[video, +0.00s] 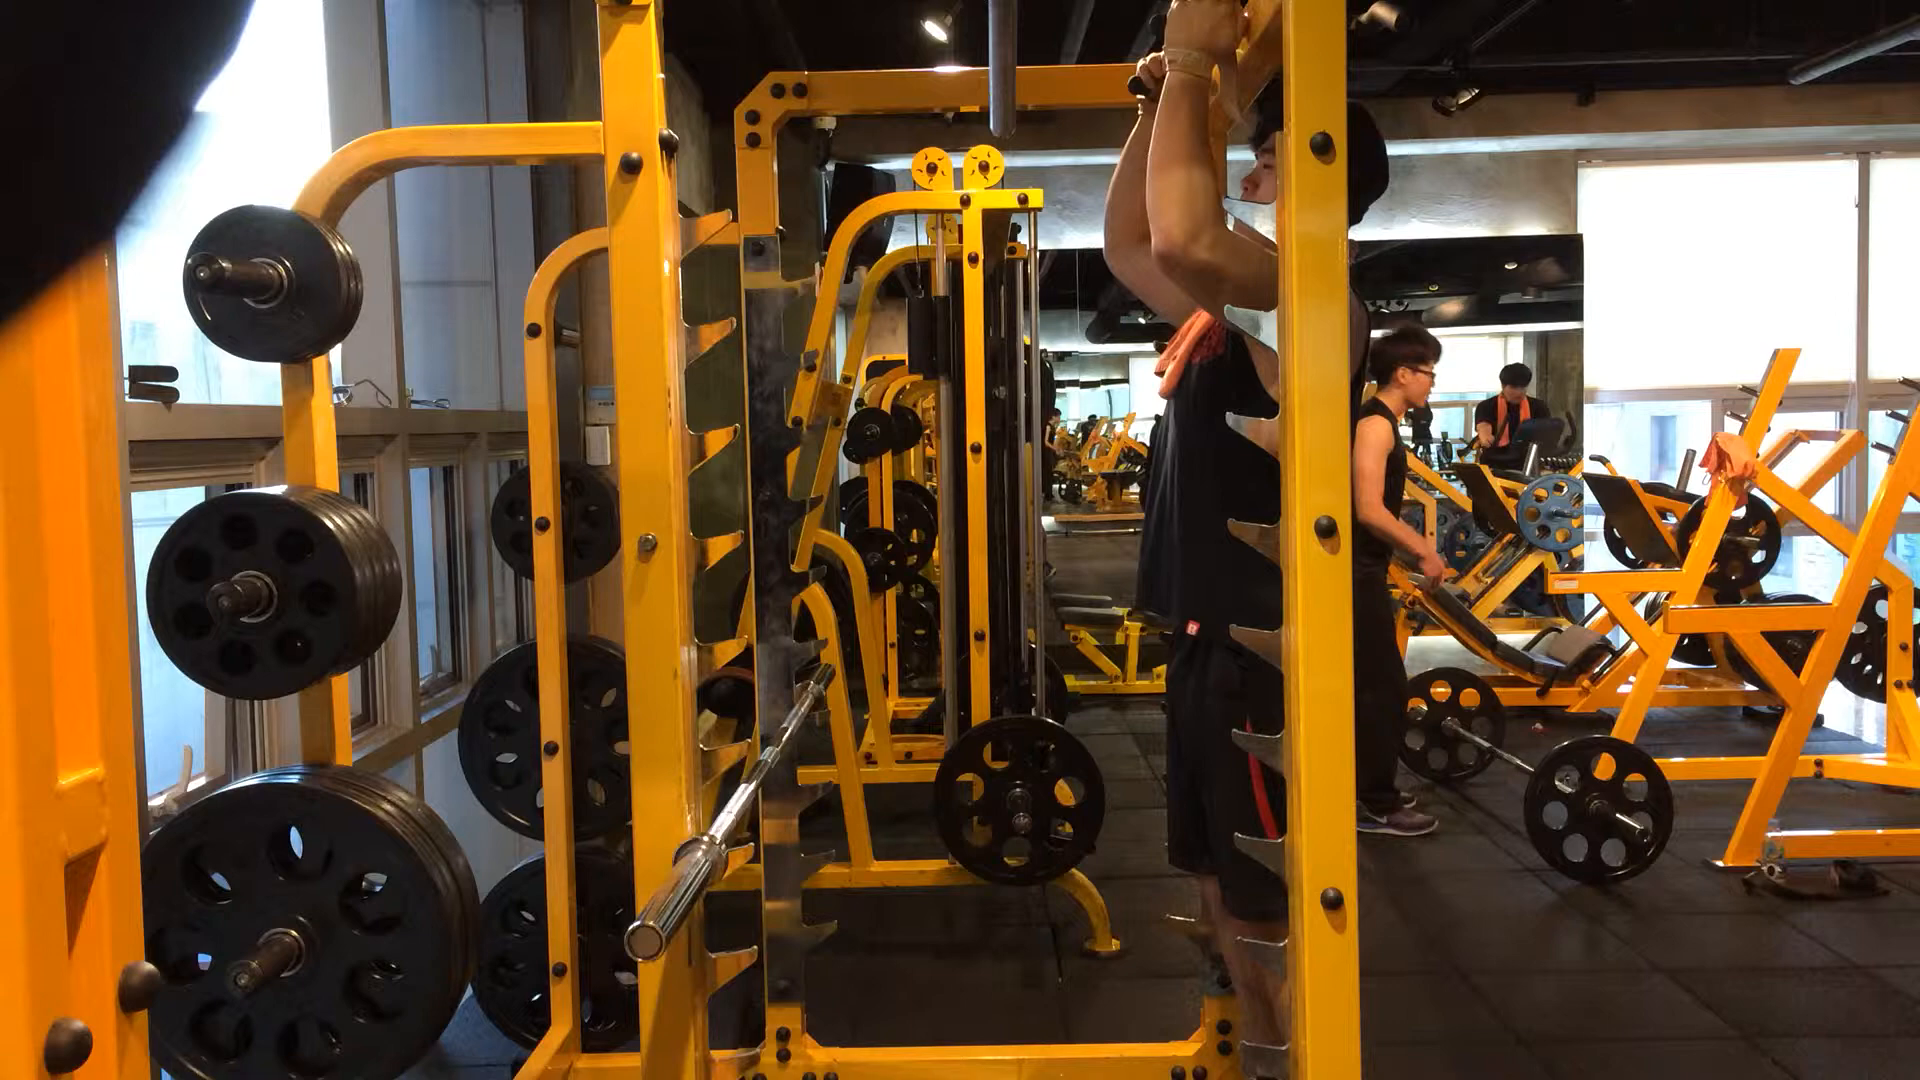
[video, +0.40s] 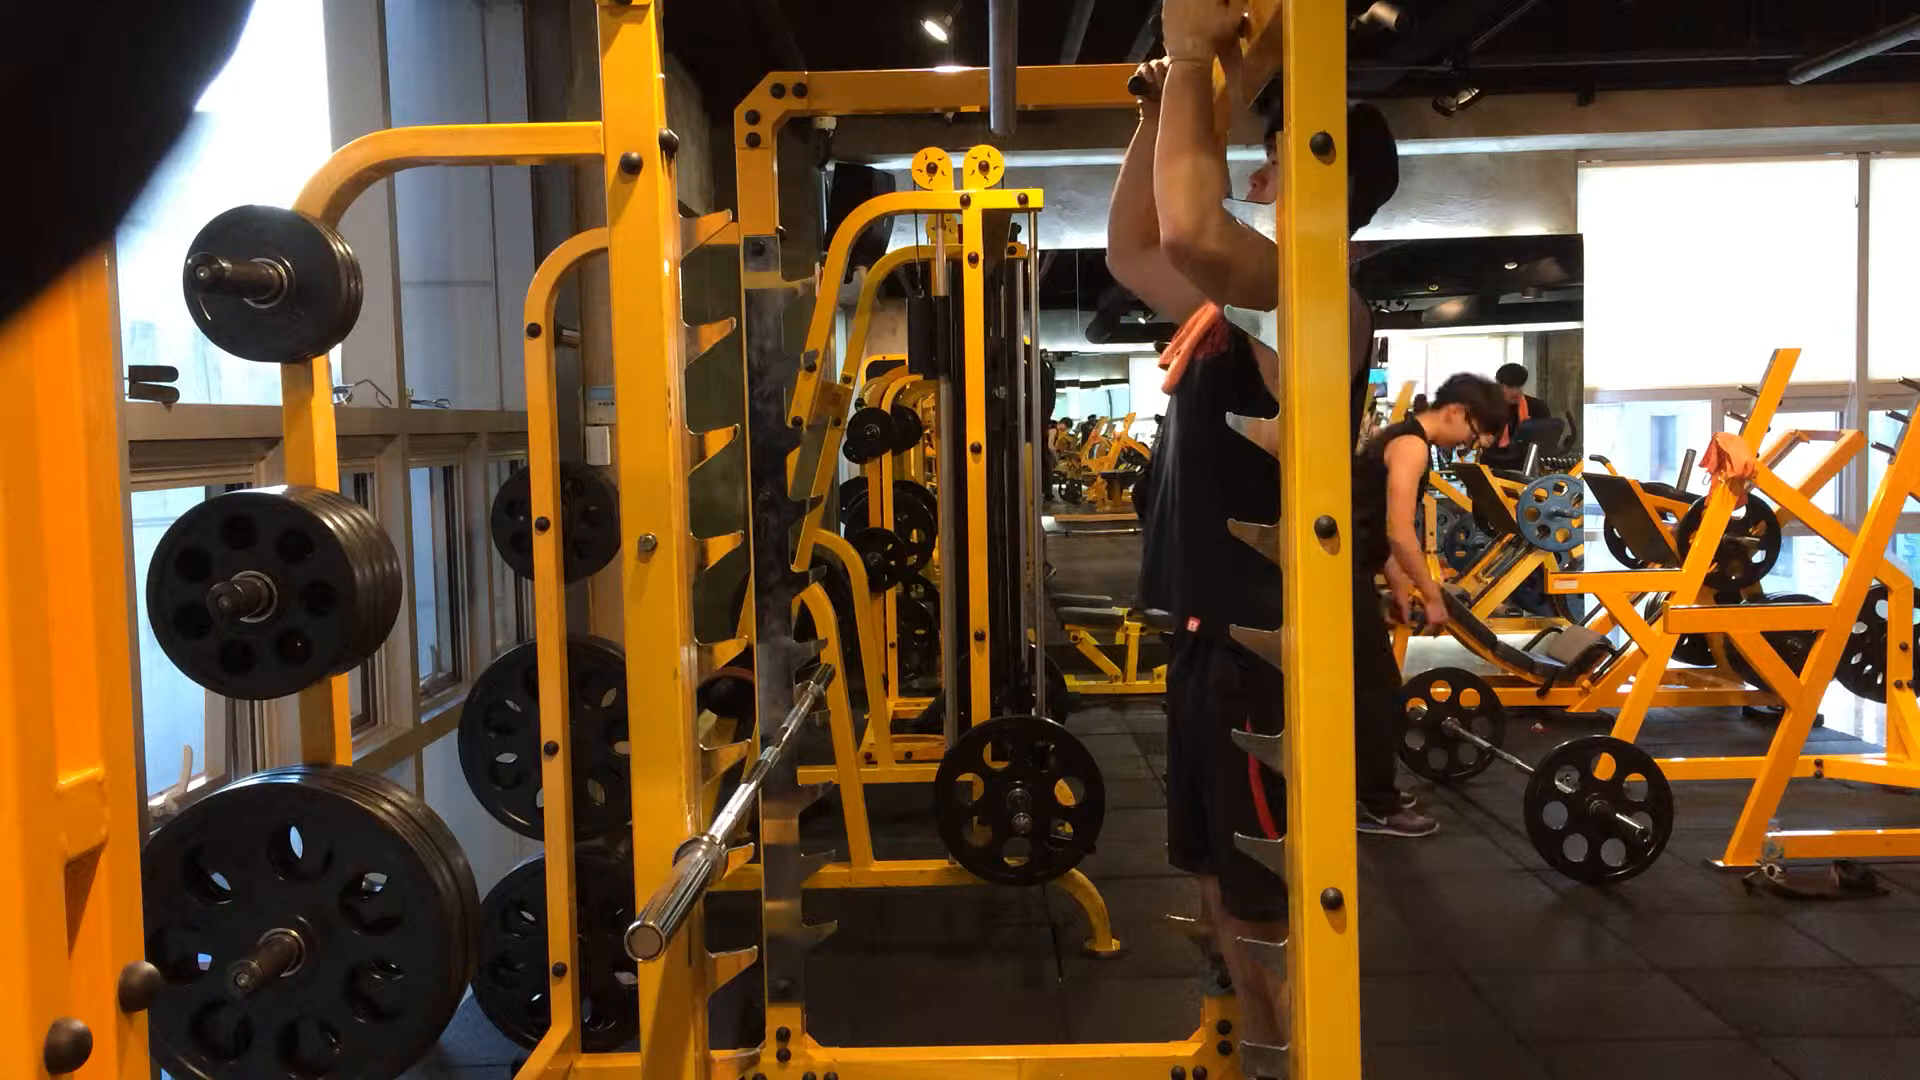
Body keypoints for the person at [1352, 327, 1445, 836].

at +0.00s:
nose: (1432, 383)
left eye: (1432, 374)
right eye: (1427, 373)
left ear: (1400, 374)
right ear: (1401, 373)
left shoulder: (1383, 423)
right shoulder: (1375, 426)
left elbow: (1378, 511)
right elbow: (1369, 510)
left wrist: (1421, 550)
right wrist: (1425, 549)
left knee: (1379, 680)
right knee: (1384, 683)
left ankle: (1376, 788)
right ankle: (1376, 801)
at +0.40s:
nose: (1468, 444)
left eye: (1474, 438)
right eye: (1472, 434)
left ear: (1450, 412)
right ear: (1454, 411)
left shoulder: (1404, 438)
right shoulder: (1411, 446)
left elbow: (1380, 526)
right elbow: (1400, 532)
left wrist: (1398, 587)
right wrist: (1432, 595)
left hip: (1351, 576)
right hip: (1349, 580)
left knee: (1374, 684)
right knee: (1379, 686)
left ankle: (1374, 792)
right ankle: (1377, 801)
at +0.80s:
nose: (1489, 501)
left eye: (1498, 498)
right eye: (1497, 494)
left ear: (1489, 467)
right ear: (1491, 470)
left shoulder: (1430, 472)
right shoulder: (1440, 483)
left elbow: (1394, 559)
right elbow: (1419, 567)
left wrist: (1404, 623)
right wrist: (1437, 638)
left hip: (1349, 582)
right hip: (1345, 587)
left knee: (1381, 686)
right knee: (1384, 689)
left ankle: (1374, 794)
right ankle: (1376, 803)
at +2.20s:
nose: (1484, 439)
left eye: (1491, 434)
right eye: (1488, 428)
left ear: (1470, 408)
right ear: (1471, 408)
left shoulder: (1419, 435)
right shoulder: (1426, 445)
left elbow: (1391, 535)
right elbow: (1404, 530)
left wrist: (1414, 592)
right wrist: (1437, 591)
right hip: (1359, 576)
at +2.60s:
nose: (1442, 387)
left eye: (1444, 377)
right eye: (1439, 375)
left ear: (1421, 374)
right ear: (1418, 370)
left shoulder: (1391, 418)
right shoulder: (1395, 422)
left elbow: (1393, 510)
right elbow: (1395, 510)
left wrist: (1415, 569)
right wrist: (1433, 576)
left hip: (1370, 568)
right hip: (1372, 571)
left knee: (1379, 677)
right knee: (1388, 678)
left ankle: (1373, 791)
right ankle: (1376, 799)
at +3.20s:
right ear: (1393, 396)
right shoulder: (1389, 432)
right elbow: (1405, 516)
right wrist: (1440, 578)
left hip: (1329, 574)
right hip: (1373, 579)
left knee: (1335, 685)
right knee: (1393, 684)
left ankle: (1317, 790)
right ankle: (1379, 801)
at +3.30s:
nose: (1396, 399)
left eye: (1396, 392)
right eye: (1393, 391)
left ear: (1349, 381)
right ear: (1378, 385)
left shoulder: (1318, 423)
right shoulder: (1379, 426)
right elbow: (1401, 518)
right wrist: (1433, 576)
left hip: (1320, 574)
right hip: (1369, 577)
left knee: (1320, 688)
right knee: (1390, 689)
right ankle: (1379, 802)